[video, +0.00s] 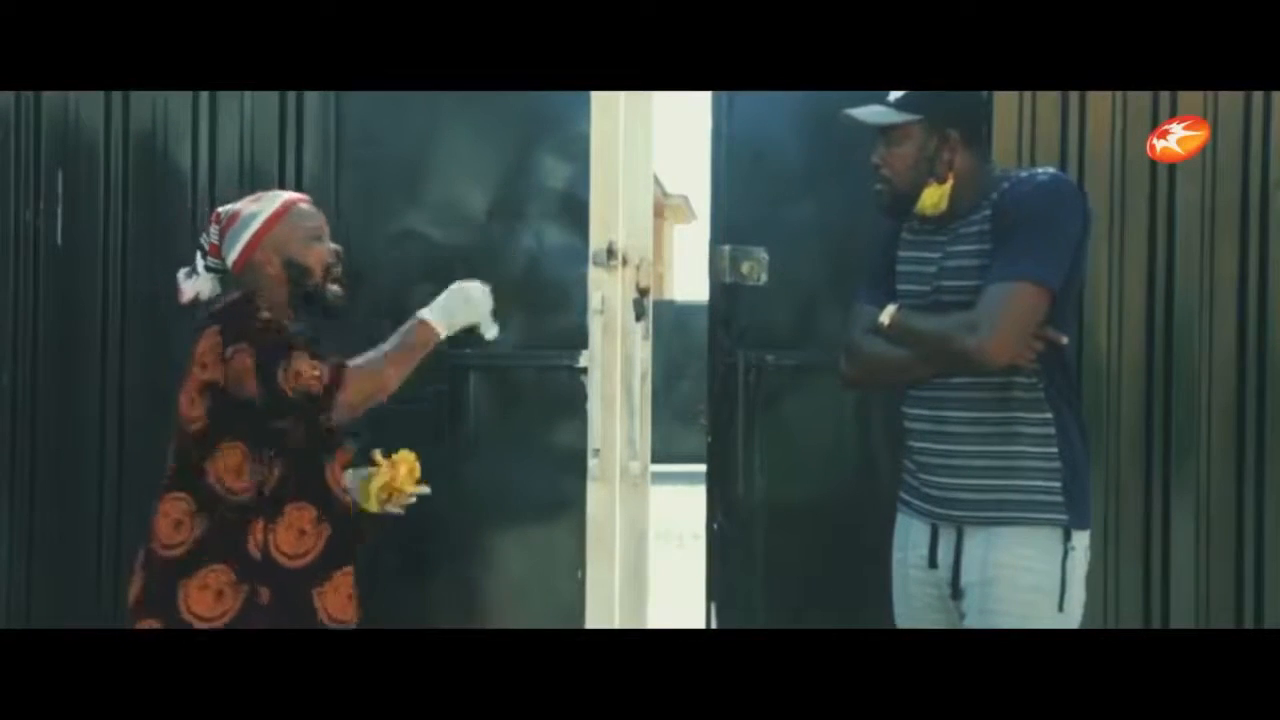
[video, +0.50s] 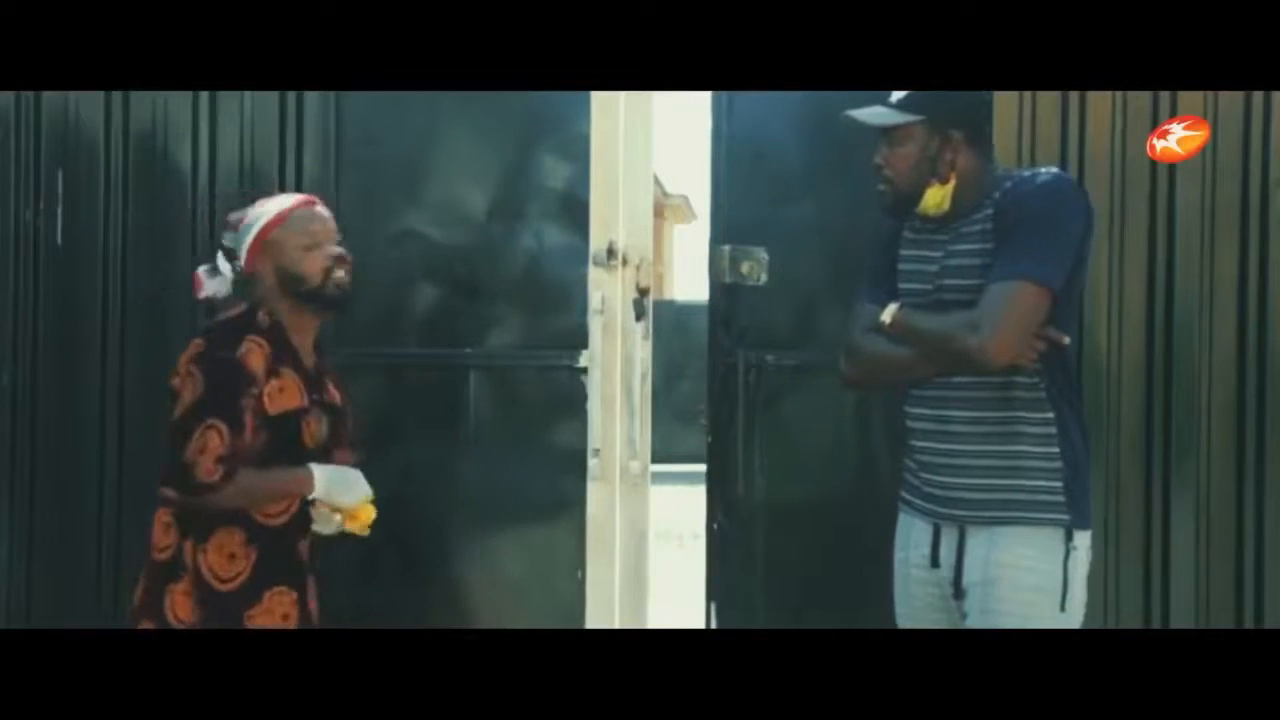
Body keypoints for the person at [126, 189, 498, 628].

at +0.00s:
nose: (334, 252)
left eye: (328, 239)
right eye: (314, 240)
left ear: (268, 261)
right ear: (267, 258)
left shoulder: (273, 338)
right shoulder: (239, 333)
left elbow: (263, 463)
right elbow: (334, 396)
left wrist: (351, 487)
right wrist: (434, 322)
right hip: (224, 598)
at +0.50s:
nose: (338, 255)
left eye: (337, 244)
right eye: (313, 247)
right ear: (262, 267)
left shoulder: (312, 362)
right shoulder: (227, 354)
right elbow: (199, 485)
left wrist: (325, 508)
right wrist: (313, 482)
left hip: (284, 604)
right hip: (214, 609)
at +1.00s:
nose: (231, 270)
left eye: (255, 257)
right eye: (213, 256)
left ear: (286, 271)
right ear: (193, 270)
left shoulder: (328, 371)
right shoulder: (157, 370)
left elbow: (363, 475)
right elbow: (99, 487)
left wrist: (327, 510)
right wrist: (211, 493)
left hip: (288, 613)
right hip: (173, 612)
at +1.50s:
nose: (329, 262)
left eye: (323, 249)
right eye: (308, 252)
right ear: (255, 272)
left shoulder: (324, 376)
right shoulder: (185, 369)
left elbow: (325, 496)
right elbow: (95, 482)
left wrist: (350, 528)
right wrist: (181, 500)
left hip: (286, 615)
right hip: (181, 616)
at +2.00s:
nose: (306, 285)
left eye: (318, 270)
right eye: (283, 271)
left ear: (332, 283)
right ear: (242, 283)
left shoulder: (336, 382)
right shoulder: (192, 374)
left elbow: (359, 494)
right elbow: (101, 475)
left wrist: (377, 559)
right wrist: (151, 507)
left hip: (304, 614)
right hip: (198, 614)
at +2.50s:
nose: (308, 299)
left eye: (322, 284)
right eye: (284, 285)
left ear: (339, 295)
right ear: (247, 300)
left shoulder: (353, 387)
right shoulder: (202, 389)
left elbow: (375, 505)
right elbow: (108, 482)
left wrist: (409, 589)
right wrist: (22, 513)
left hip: (310, 620)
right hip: (196, 618)